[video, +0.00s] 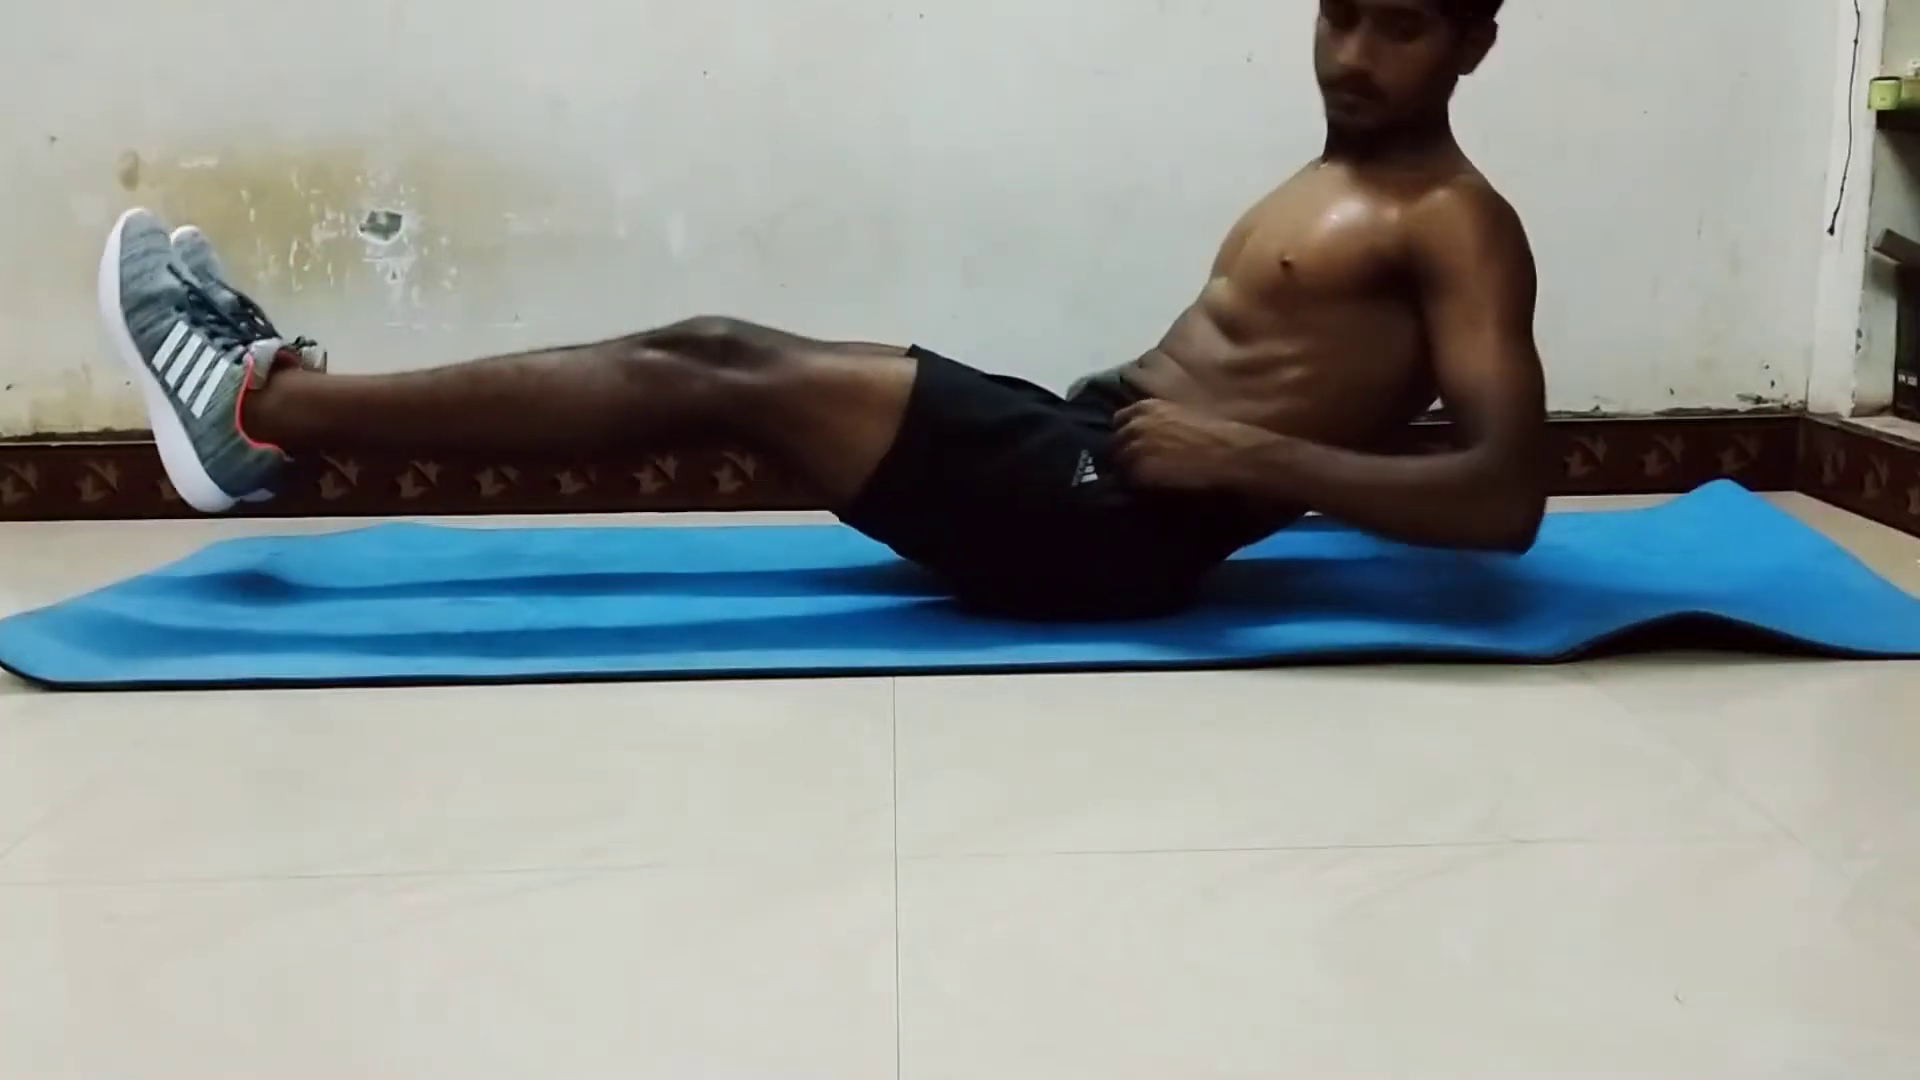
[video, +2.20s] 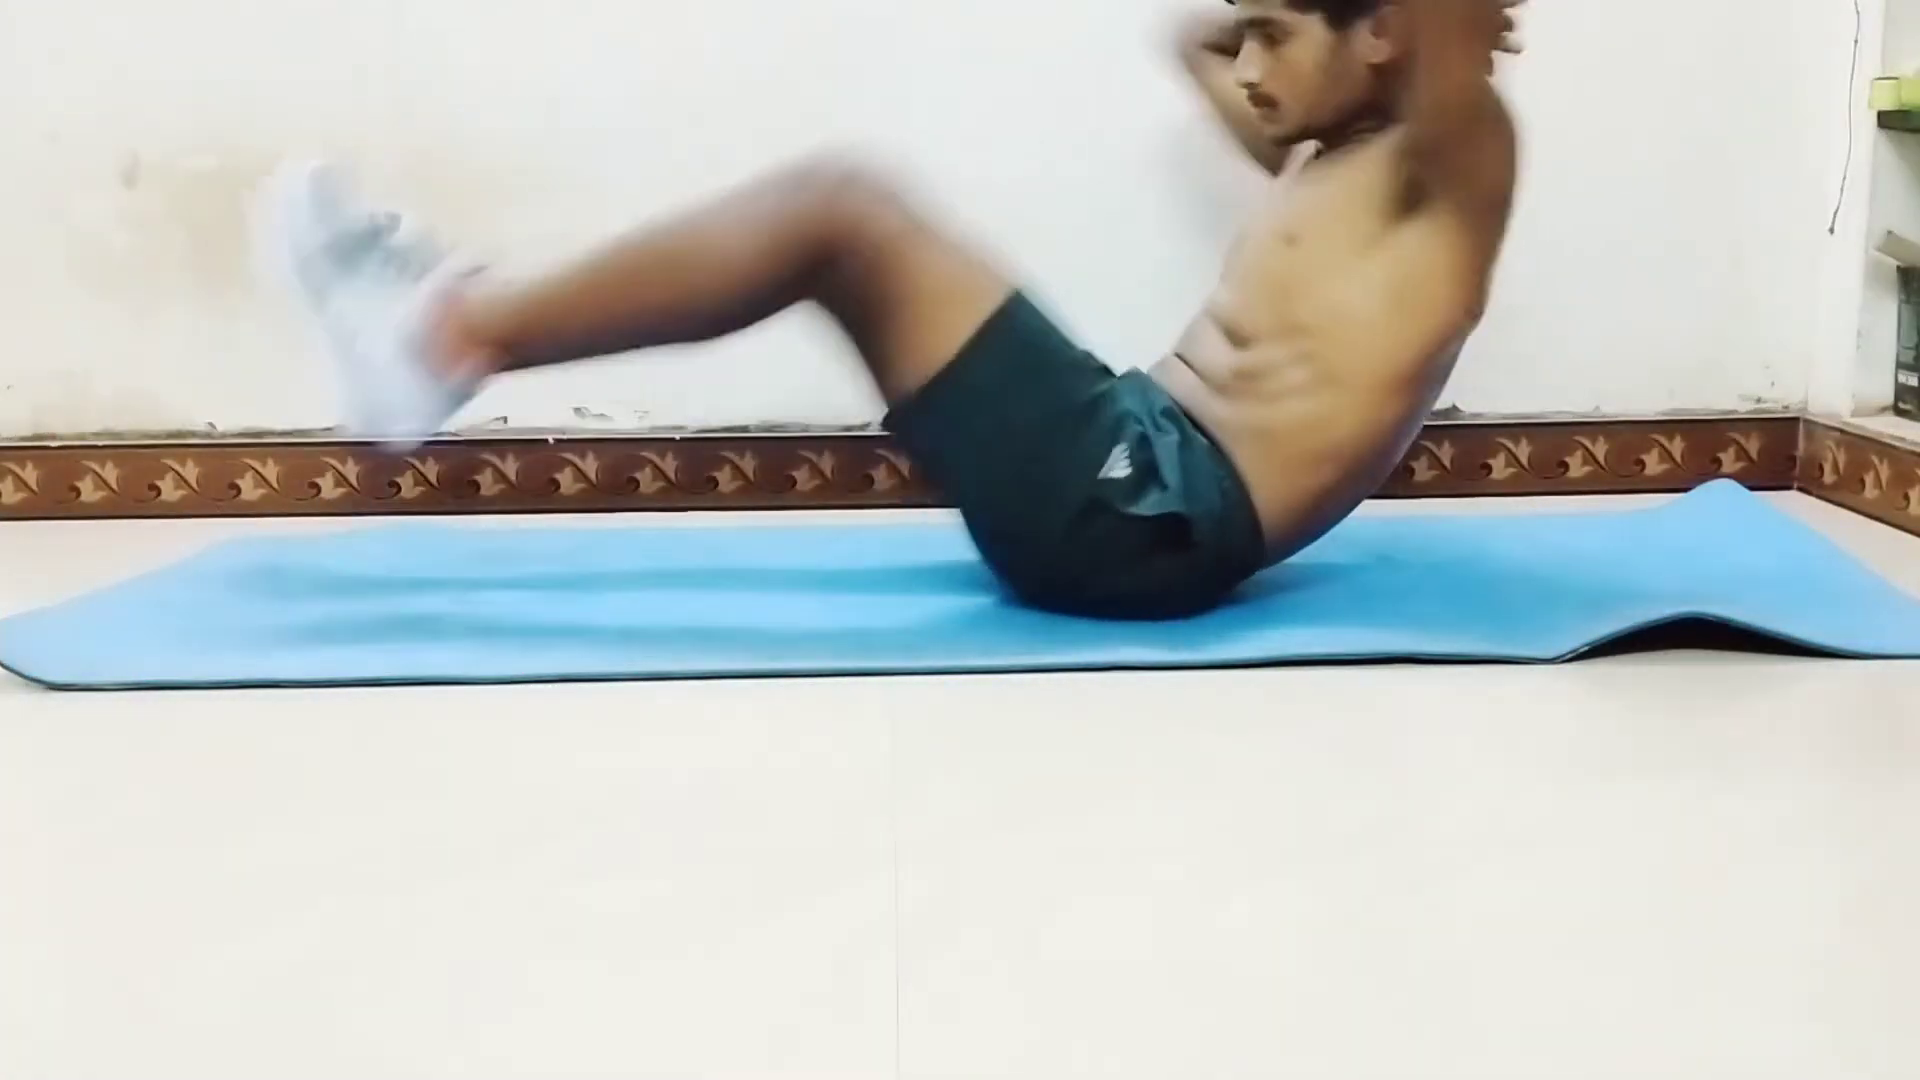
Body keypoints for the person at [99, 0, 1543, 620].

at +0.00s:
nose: (1347, 48)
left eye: (1392, 24)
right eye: (1337, 15)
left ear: (1472, 46)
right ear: (1319, 23)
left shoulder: (1458, 220)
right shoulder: (1337, 176)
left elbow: (1507, 494)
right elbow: (1309, 381)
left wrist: (1259, 462)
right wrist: (1157, 397)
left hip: (1123, 510)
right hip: (1079, 443)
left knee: (711, 368)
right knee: (706, 349)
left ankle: (264, 405)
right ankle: (287, 423)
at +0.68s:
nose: (1340, 55)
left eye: (1377, 35)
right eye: (1344, 24)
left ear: (1481, 62)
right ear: (1397, 47)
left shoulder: (1493, 253)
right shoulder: (1350, 186)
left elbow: (1469, 492)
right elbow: (1277, 309)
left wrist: (1341, 281)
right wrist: (1237, 182)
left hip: (1133, 498)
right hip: (1088, 445)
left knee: (708, 372)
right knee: (704, 361)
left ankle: (271, 411)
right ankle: (301, 452)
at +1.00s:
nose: (1309, 49)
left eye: (1333, 18)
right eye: (1318, 24)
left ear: (1427, 29)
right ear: (1434, 46)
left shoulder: (1475, 212)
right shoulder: (1419, 195)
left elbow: (1388, 288)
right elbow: (1372, 291)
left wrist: (1379, 88)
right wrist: (1353, 105)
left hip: (1134, 506)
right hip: (1099, 432)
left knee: (716, 386)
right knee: (747, 291)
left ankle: (253, 419)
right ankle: (336, 446)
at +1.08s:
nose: (1300, 58)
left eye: (1324, 25)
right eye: (1308, 32)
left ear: (1423, 31)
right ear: (1421, 45)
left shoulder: (1463, 203)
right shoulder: (1412, 187)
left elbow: (1355, 223)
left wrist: (1375, 67)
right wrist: (1354, 78)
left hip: (1139, 503)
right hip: (1100, 424)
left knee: (733, 397)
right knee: (771, 271)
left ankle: (253, 430)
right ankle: (389, 415)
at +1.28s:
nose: (1419, 36)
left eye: (1416, 24)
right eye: (1414, 15)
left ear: (1424, 56)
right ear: (1408, 50)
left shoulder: (1430, 176)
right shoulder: (1383, 175)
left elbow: (1227, 69)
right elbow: (1250, 66)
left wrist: (1387, 43)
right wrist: (1384, 46)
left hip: (1132, 499)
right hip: (1093, 420)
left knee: (718, 428)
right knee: (859, 195)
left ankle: (236, 449)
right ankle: (516, 377)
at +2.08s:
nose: (1231, 69)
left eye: (1249, 40)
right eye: (1232, 41)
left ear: (1353, 29)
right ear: (1328, 37)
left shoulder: (1420, 171)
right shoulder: (1357, 170)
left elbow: (1376, 84)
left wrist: (1429, 48)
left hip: (1147, 513)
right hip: (1126, 435)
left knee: (787, 285)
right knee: (895, 170)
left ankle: (351, 428)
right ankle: (514, 305)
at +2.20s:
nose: (1249, 78)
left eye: (1273, 43)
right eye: (1240, 53)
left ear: (1380, 39)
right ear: (1290, 64)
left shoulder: (1447, 170)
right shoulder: (1334, 173)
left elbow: (1468, 29)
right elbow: (1195, 50)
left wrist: (1373, 49)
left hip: (1155, 516)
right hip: (1124, 476)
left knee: (847, 207)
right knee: (845, 200)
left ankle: (448, 343)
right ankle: (458, 331)